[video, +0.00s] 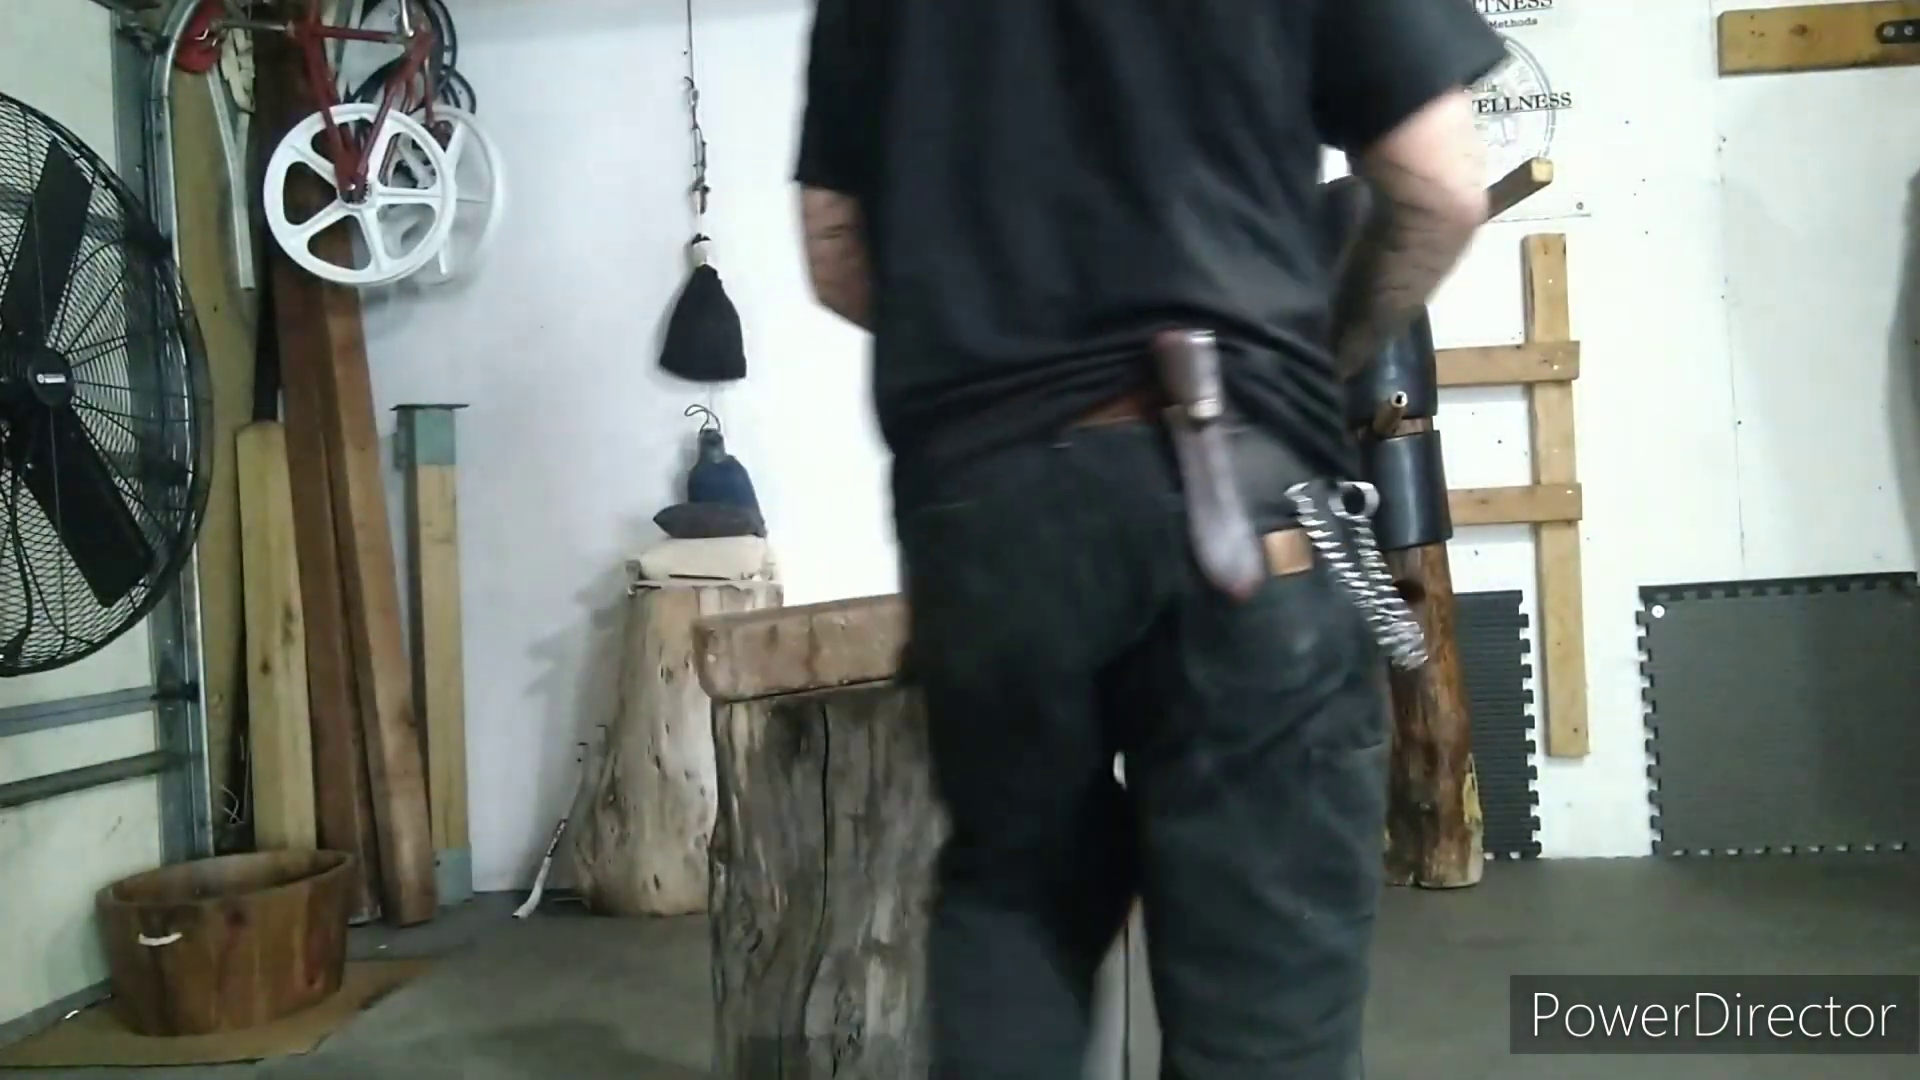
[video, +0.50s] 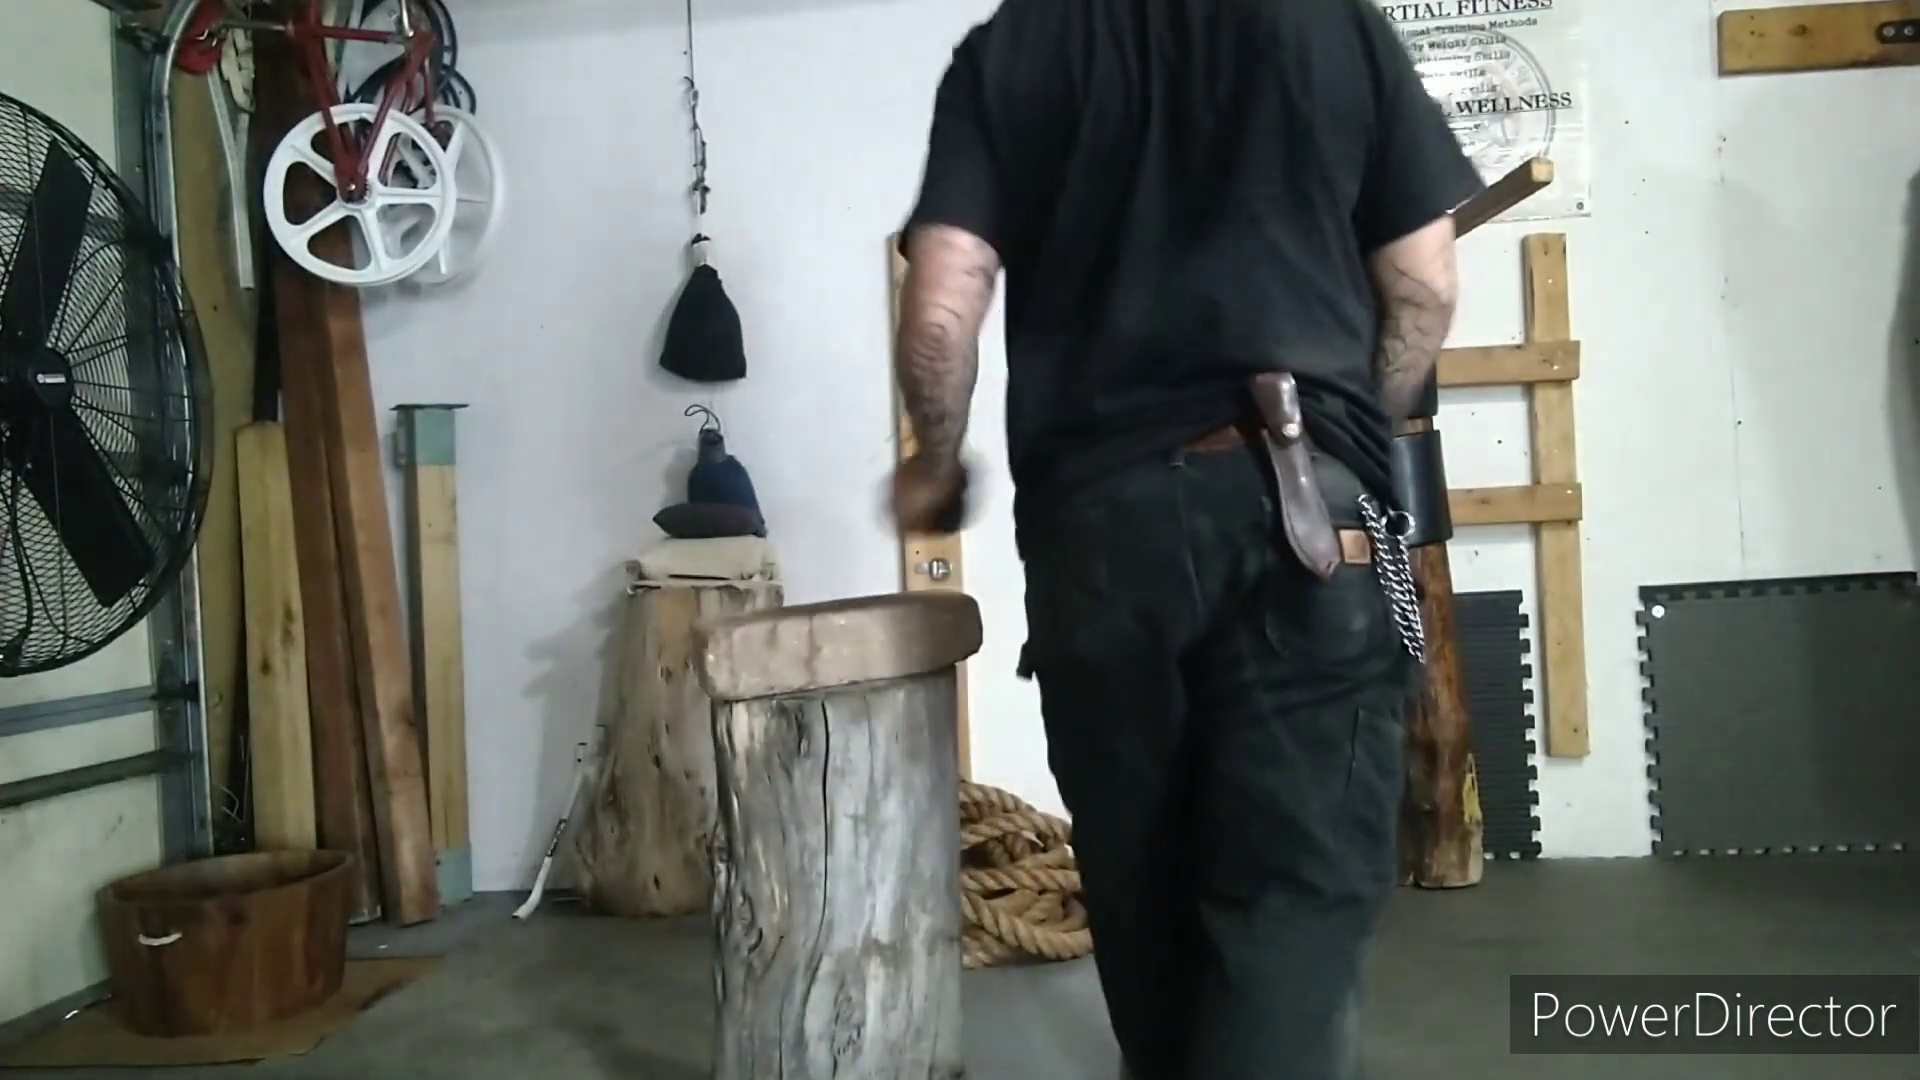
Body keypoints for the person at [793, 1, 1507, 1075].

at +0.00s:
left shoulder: (869, 6)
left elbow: (838, 254)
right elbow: (1439, 185)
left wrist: (1021, 340)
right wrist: (1310, 359)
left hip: (984, 482)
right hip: (1240, 458)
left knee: (1013, 888)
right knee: (1266, 974)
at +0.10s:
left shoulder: (904, 6)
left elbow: (864, 258)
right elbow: (1457, 202)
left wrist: (1038, 343)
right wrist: (1317, 354)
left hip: (1018, 475)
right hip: (1269, 451)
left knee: (1065, 932)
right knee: (1279, 961)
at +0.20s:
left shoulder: (949, 9)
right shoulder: (1361, 2)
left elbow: (895, 269)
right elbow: (1456, 231)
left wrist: (1049, 372)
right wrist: (1333, 357)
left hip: (1049, 477)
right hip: (1295, 447)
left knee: (1118, 950)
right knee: (1288, 962)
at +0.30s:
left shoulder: (972, 9)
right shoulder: (1363, 6)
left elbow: (909, 276)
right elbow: (1447, 253)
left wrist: (1045, 398)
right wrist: (1332, 379)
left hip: (1072, 481)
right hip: (1312, 458)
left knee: (1136, 936)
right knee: (1291, 951)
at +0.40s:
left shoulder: (992, 17)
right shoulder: (1358, 10)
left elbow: (920, 290)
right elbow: (1436, 271)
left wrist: (1001, 437)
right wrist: (1337, 398)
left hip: (1090, 494)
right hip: (1322, 467)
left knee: (1142, 914)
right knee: (1294, 928)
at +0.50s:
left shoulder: (1011, 39)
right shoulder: (1332, 19)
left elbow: (943, 299)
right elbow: (1425, 278)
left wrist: (936, 455)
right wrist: (1365, 434)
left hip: (1103, 505)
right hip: (1317, 481)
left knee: (1140, 886)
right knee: (1297, 898)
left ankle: (1166, 1068)